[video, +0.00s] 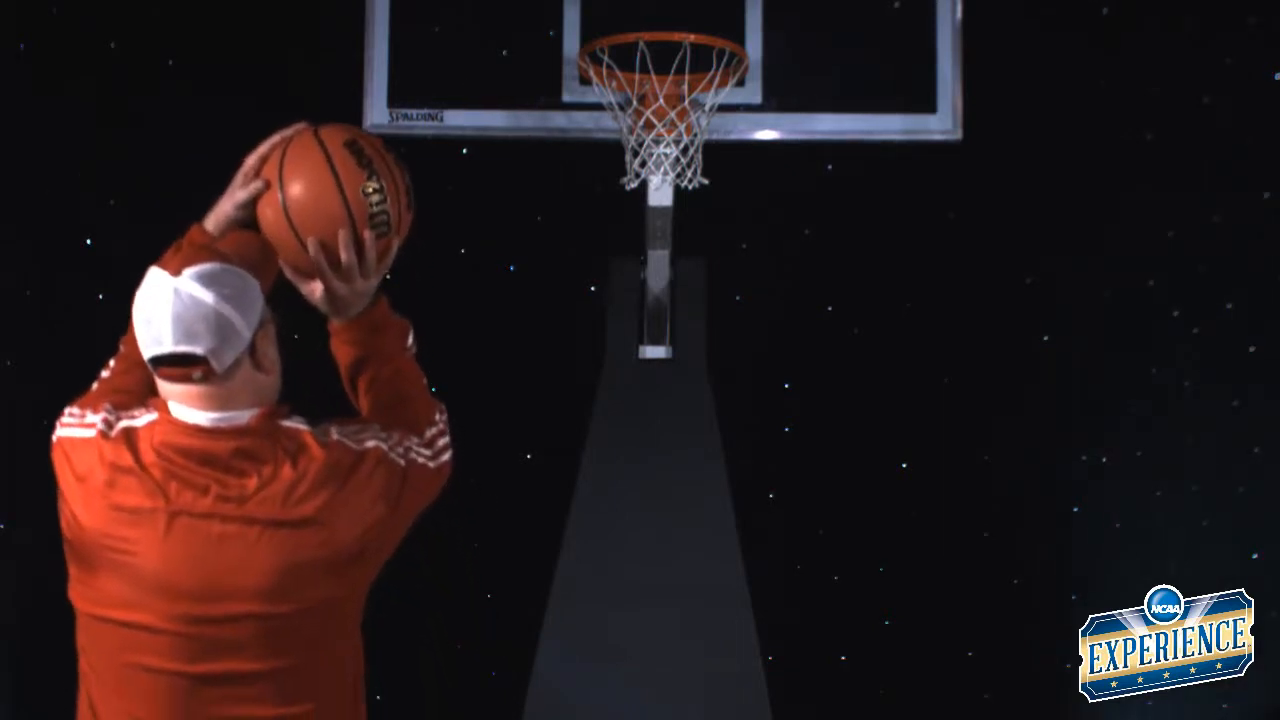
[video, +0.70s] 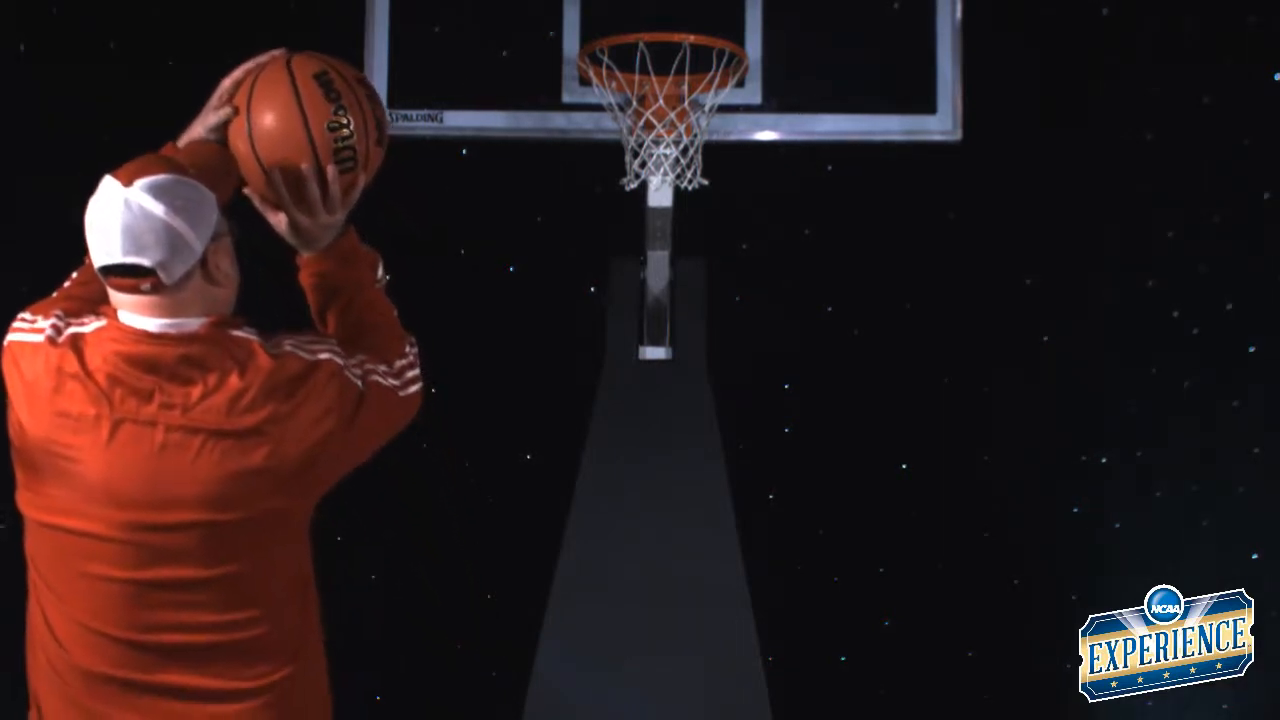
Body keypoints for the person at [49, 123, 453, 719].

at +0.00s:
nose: (275, 335)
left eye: (268, 323)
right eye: (268, 327)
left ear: (152, 350)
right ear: (259, 352)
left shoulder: (89, 469)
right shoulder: (340, 485)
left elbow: (141, 342)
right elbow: (423, 443)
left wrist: (211, 233)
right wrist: (362, 323)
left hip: (116, 710)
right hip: (303, 708)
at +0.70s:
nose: (230, 244)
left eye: (224, 233)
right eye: (224, 235)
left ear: (113, 267)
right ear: (209, 263)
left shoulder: (37, 376)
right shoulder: (284, 402)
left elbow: (111, 255)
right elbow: (395, 378)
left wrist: (197, 151)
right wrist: (333, 253)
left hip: (76, 704)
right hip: (257, 704)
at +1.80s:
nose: (152, 214)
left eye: (145, 200)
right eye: (144, 202)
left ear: (30, 233)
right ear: (125, 228)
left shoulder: (1, 329)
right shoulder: (197, 349)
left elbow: (42, 216)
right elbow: (326, 303)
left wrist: (162, 110)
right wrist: (302, 159)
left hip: (24, 698)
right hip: (182, 698)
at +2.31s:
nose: (116, 234)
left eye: (107, 221)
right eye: (107, 225)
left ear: (5, 256)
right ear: (85, 255)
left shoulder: (1, 347)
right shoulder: (149, 360)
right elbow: (265, 222)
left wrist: (149, 127)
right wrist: (300, 97)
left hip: (13, 698)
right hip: (147, 703)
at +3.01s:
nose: (56, 295)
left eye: (43, 285)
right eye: (44, 288)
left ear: (9, 332)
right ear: (20, 330)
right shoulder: (89, 430)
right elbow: (185, 274)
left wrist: (79, 191)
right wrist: (219, 102)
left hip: (17, 702)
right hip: (125, 702)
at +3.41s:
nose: (22, 353)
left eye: (14, 346)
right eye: (13, 350)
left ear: (12, 378)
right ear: (1, 383)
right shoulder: (40, 500)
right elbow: (186, 335)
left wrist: (18, 248)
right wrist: (176, 155)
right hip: (90, 701)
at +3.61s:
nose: (14, 396)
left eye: (7, 366)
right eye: (7, 367)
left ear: (11, 371)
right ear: (3, 376)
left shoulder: (38, 537)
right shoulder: (33, 539)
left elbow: (190, 371)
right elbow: (190, 368)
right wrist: (159, 194)